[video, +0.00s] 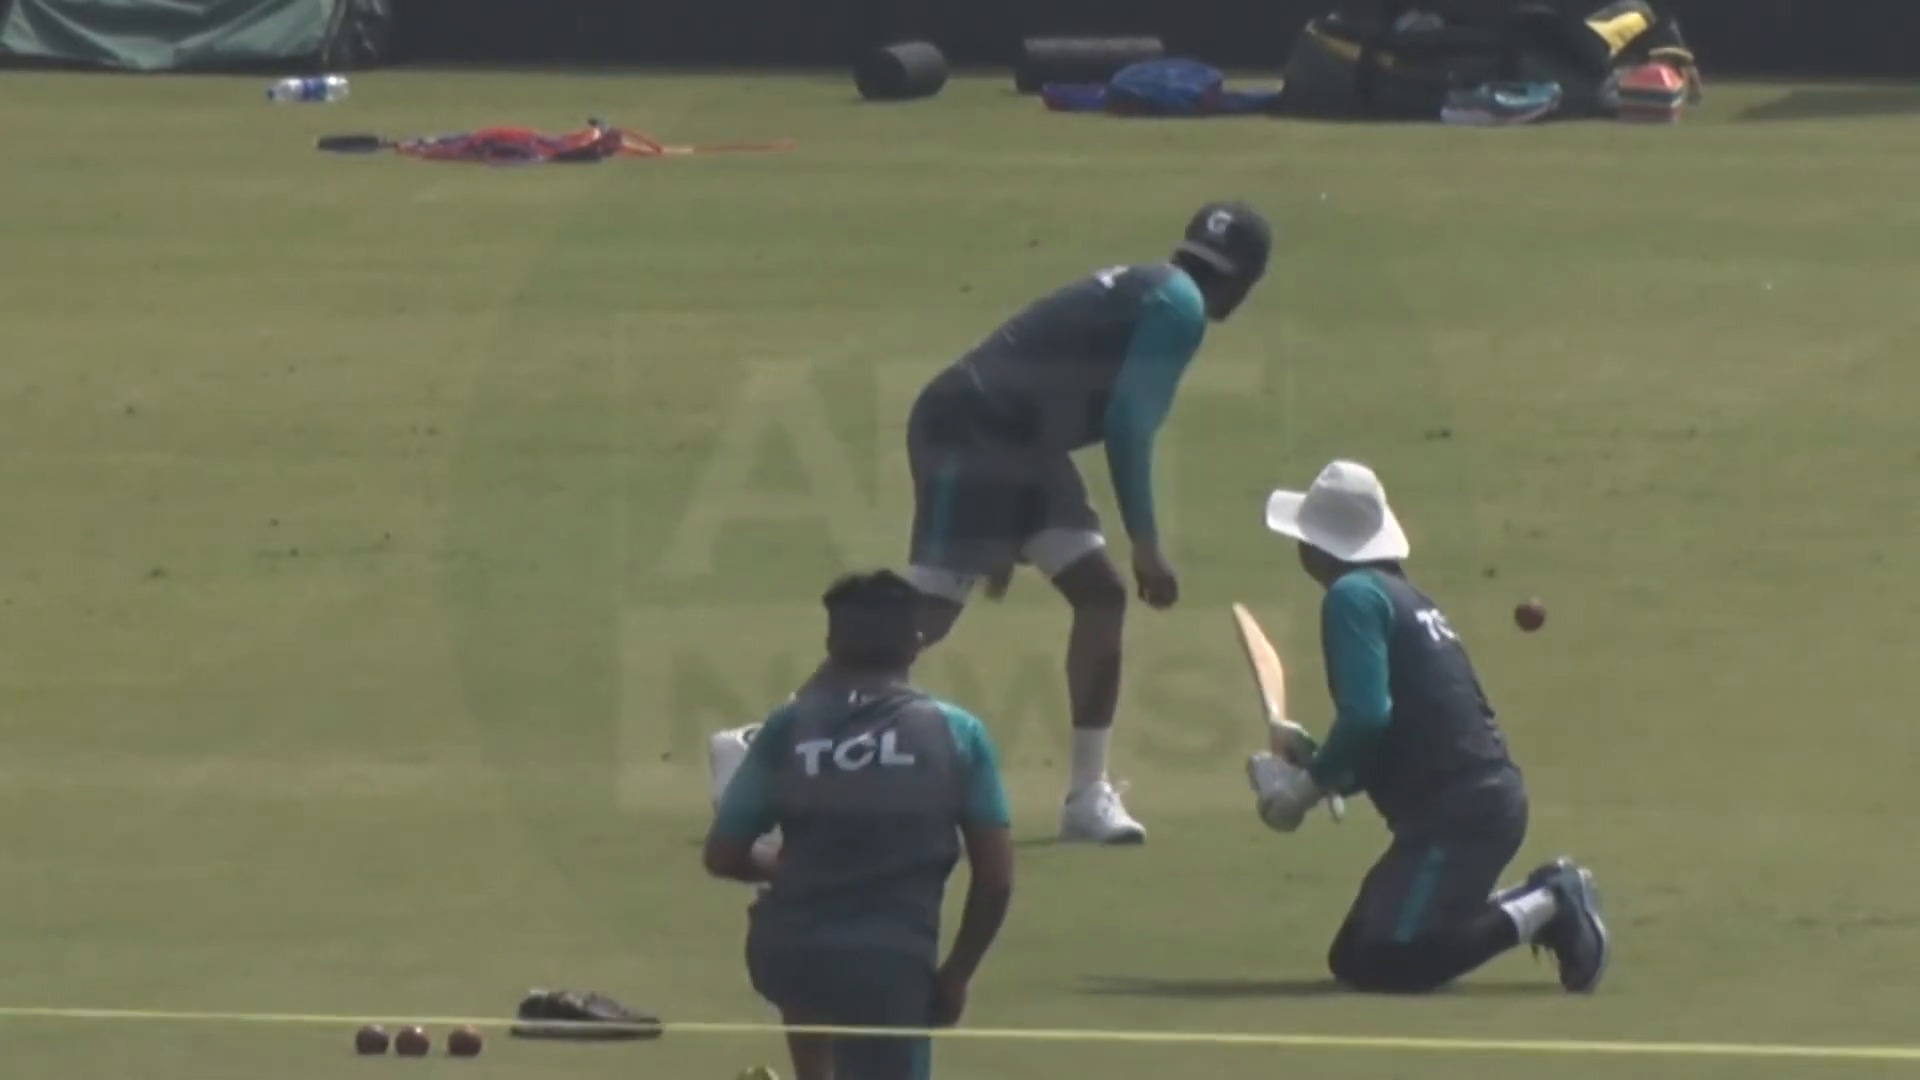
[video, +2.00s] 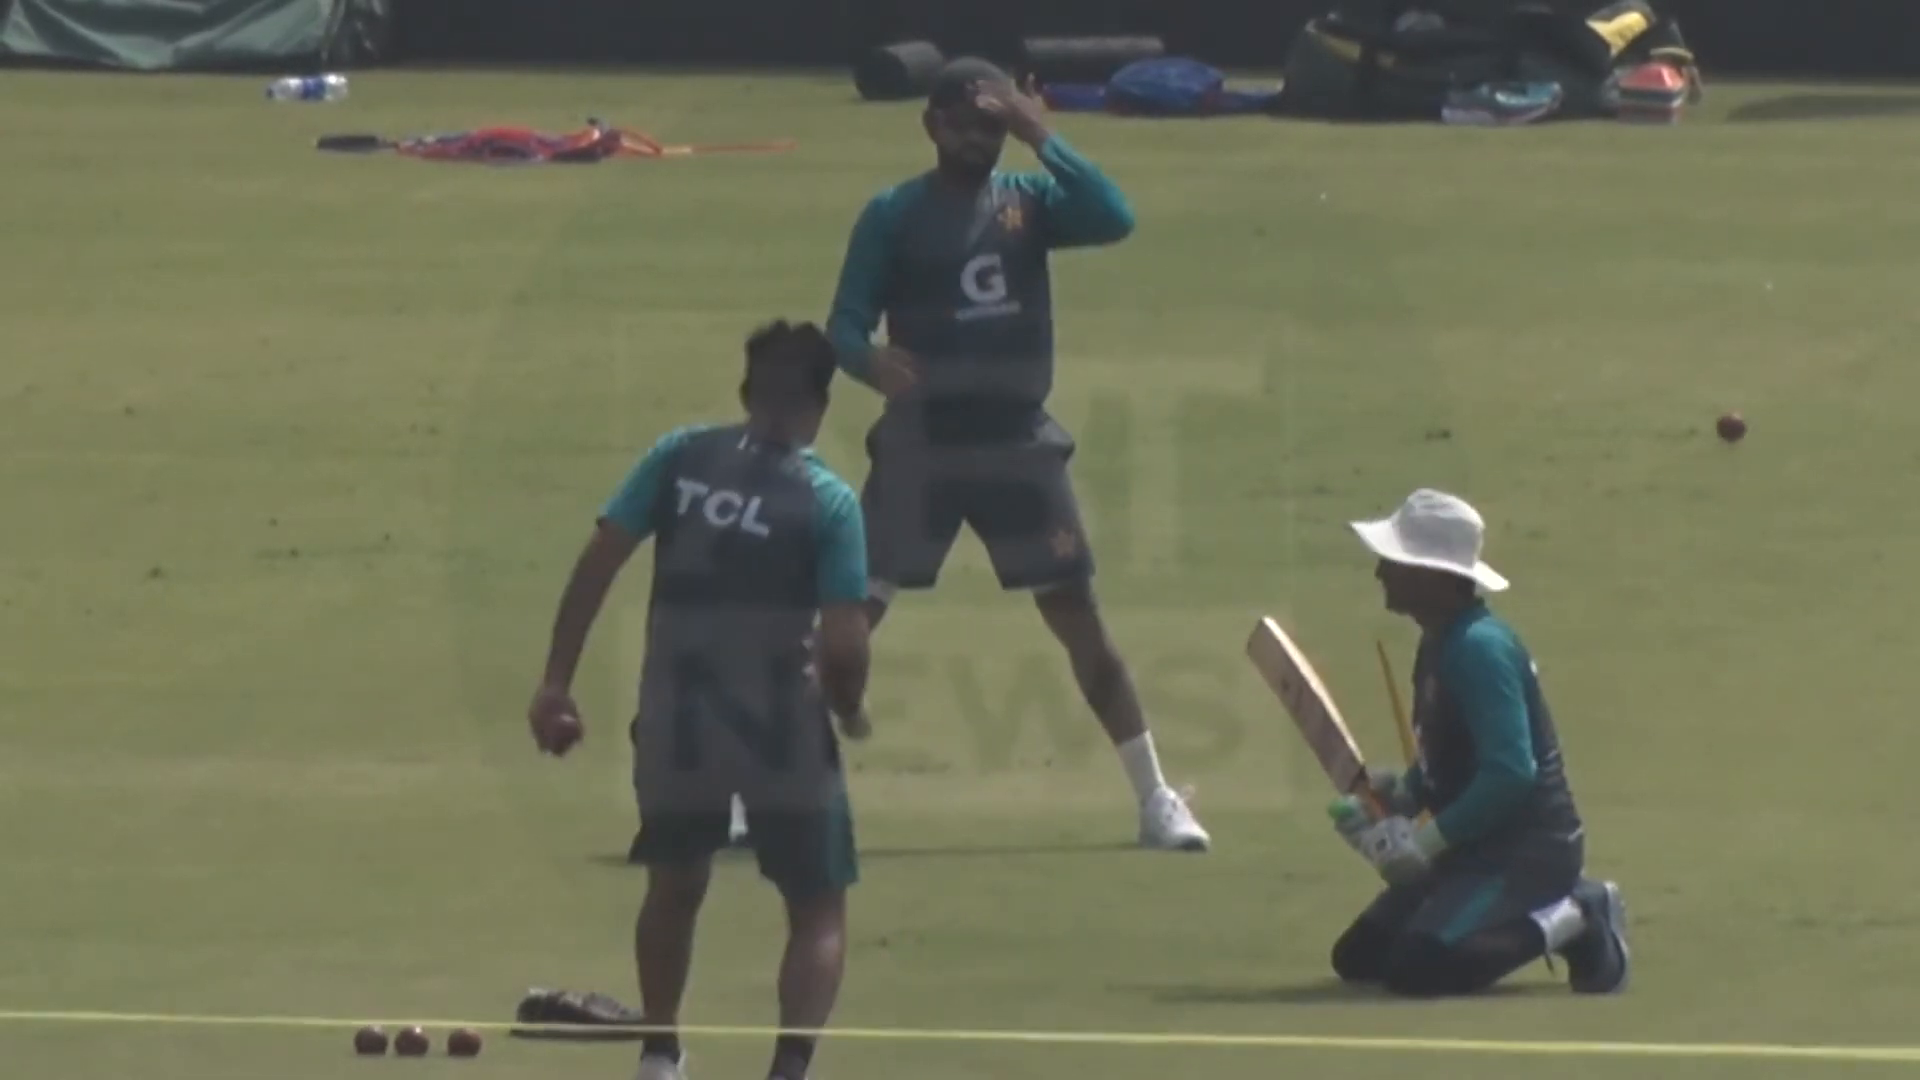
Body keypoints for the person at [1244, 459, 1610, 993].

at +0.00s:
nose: (1298, 550)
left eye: (1302, 540)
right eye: (1298, 538)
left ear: (1321, 546)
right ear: (1369, 539)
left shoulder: (1352, 595)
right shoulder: (1396, 595)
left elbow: (1367, 715)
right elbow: (1395, 747)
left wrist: (1308, 789)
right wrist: (1314, 760)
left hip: (1464, 811)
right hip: (1465, 807)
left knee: (1376, 967)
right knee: (1356, 959)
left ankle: (1545, 905)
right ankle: (1539, 902)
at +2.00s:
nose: (1380, 570)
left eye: (1393, 561)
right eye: (1384, 557)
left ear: (1433, 576)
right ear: (1438, 579)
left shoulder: (1478, 648)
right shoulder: (1439, 644)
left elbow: (1511, 774)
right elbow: (1452, 766)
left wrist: (1425, 842)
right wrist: (1397, 794)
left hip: (1528, 854)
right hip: (1484, 847)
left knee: (1415, 970)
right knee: (1358, 957)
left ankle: (1577, 917)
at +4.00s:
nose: (1421, 586)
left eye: (1440, 570)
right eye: (1413, 571)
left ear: (1478, 577)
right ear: (1402, 575)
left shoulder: (1497, 651)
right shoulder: (1434, 646)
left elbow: (1523, 776)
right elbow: (1446, 757)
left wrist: (1435, 841)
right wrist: (1405, 803)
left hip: (1535, 855)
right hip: (1481, 847)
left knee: (1416, 969)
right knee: (1357, 957)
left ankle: (1580, 919)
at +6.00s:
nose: (1251, 530)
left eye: (1261, 523)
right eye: (1257, 522)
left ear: (1277, 527)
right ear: (1327, 546)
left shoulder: (1260, 551)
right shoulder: (1350, 600)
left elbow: (1225, 654)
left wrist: (1208, 762)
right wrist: (1293, 832)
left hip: (1375, 739)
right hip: (1412, 756)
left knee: (1331, 877)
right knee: (1328, 955)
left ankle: (1518, 863)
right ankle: (1506, 907)